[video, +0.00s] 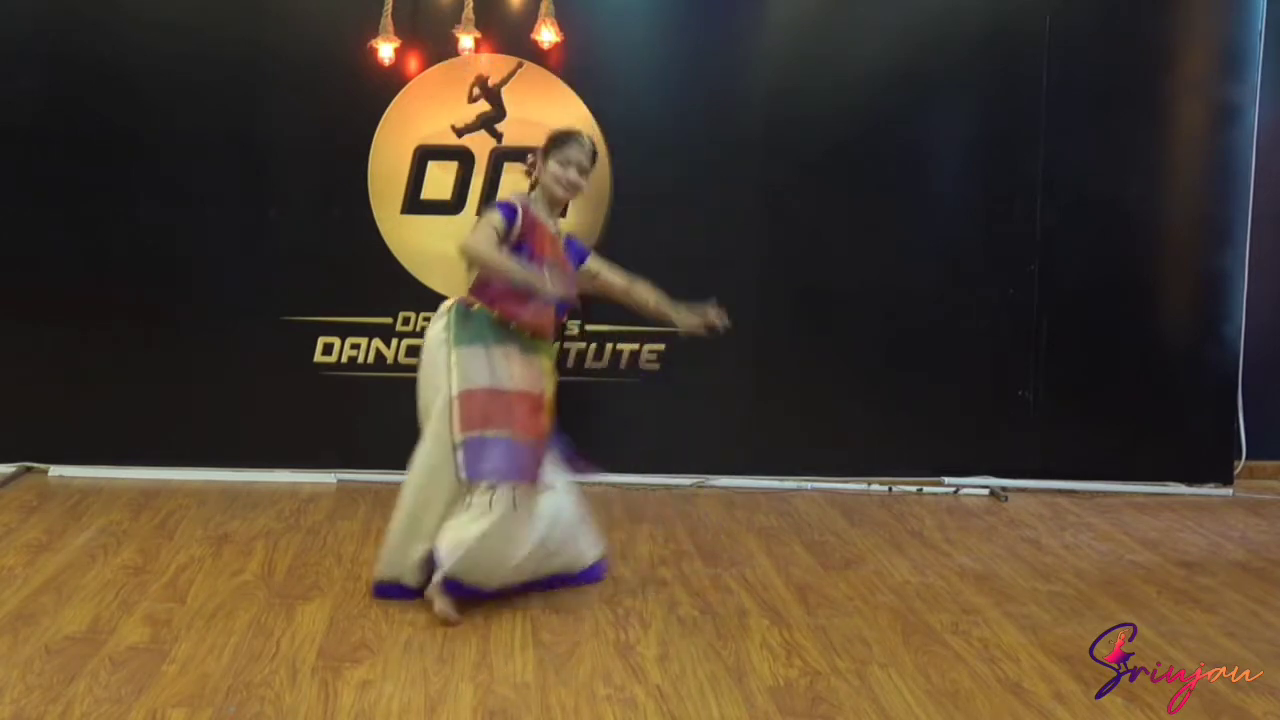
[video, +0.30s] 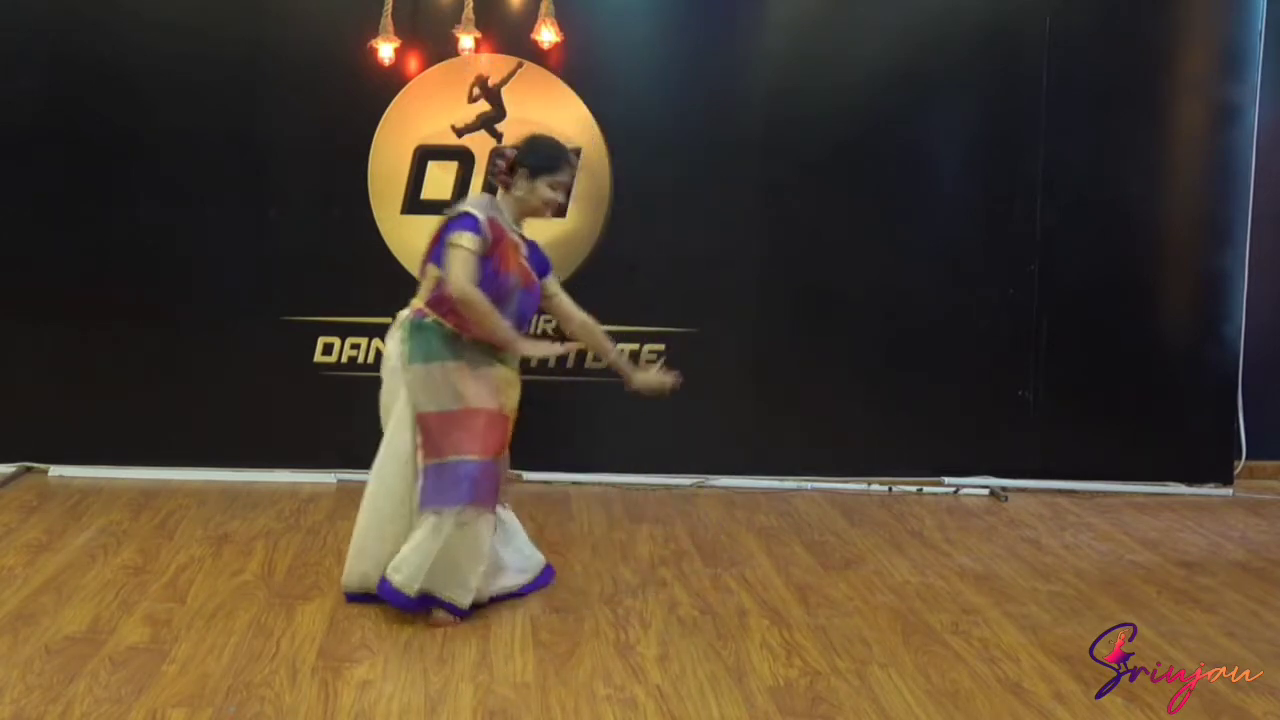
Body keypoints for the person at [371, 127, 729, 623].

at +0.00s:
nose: (573, 177)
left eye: (582, 172)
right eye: (565, 164)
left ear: (587, 183)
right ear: (540, 164)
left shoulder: (566, 249)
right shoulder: (509, 211)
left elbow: (625, 284)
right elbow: (476, 247)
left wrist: (678, 312)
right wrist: (537, 280)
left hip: (522, 354)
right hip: (471, 340)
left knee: (526, 459)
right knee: (493, 458)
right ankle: (444, 569)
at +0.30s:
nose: (561, 202)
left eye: (566, 193)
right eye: (556, 189)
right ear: (520, 177)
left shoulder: (528, 253)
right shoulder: (473, 219)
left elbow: (575, 318)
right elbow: (458, 288)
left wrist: (630, 371)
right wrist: (516, 341)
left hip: (475, 356)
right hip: (429, 344)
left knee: (478, 455)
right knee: (463, 452)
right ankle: (421, 578)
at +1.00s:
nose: (348, 126)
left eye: (363, 118)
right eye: (346, 116)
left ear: (394, 134)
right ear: (341, 127)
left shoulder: (405, 211)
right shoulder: (309, 174)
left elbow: (471, 251)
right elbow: (227, 161)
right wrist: (234, 105)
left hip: (350, 343)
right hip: (281, 332)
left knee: (338, 466)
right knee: (276, 462)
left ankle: (322, 591)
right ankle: (273, 600)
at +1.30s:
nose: (351, 188)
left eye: (364, 185)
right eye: (347, 173)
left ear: (369, 196)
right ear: (320, 164)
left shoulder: (350, 260)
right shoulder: (268, 217)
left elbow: (409, 331)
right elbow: (206, 264)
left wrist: (463, 399)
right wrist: (269, 320)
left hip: (295, 381)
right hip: (229, 365)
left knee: (273, 489)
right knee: (216, 489)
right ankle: (180, 615)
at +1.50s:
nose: (329, 168)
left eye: (342, 163)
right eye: (322, 152)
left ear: (345, 173)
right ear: (290, 142)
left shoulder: (326, 230)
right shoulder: (242, 193)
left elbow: (396, 274)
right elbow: (176, 230)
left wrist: (403, 309)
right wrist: (242, 293)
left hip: (279, 372)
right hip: (214, 362)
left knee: (265, 486)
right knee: (205, 486)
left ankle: (253, 603)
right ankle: (173, 614)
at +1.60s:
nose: (307, 134)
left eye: (318, 127)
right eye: (297, 121)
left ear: (326, 138)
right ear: (267, 121)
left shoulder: (323, 194)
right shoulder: (231, 176)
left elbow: (380, 191)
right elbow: (172, 211)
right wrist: (254, 254)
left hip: (286, 350)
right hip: (220, 344)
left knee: (267, 481)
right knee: (218, 480)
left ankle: (243, 608)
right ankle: (205, 617)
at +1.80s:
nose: (271, 114)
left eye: (282, 105)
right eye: (259, 105)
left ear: (299, 115)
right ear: (241, 114)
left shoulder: (316, 171)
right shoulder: (223, 180)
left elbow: (368, 101)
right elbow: (199, 230)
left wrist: (396, 35)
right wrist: (286, 239)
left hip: (306, 335)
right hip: (237, 335)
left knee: (317, 465)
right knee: (234, 461)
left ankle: (264, 590)